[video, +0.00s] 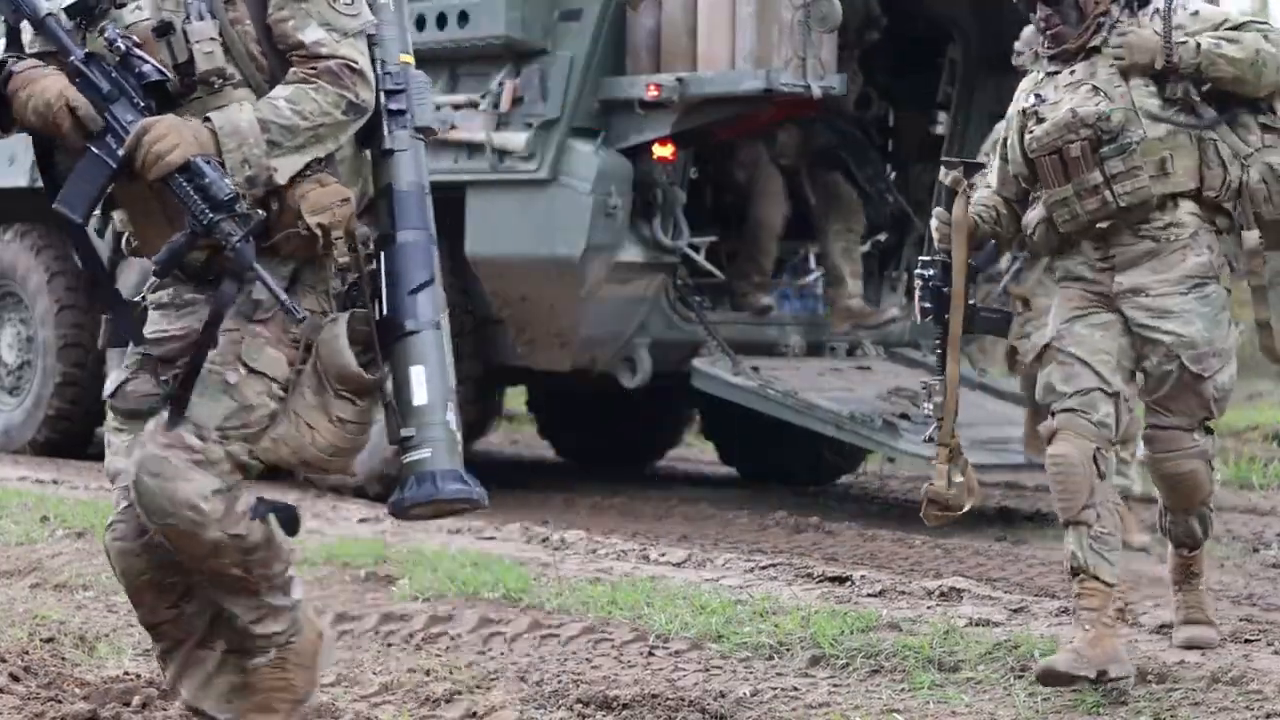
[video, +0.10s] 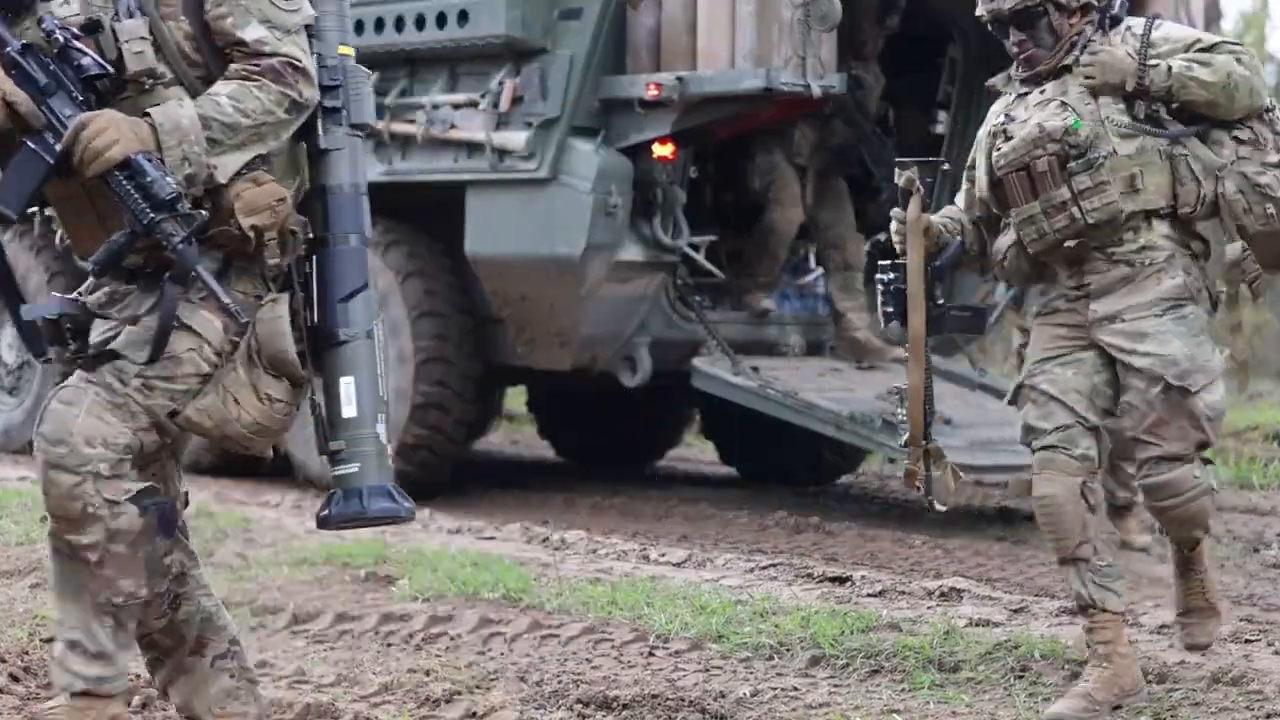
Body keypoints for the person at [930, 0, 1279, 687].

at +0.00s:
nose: (1051, 15)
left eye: (1064, 4)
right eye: (1043, 8)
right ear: (1037, 16)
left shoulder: (1167, 28)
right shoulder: (1032, 92)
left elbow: (1268, 60)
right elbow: (1000, 198)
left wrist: (1174, 51)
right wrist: (965, 210)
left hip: (1174, 263)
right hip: (1077, 277)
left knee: (1177, 453)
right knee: (1073, 451)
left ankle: (1189, 580)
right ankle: (1100, 629)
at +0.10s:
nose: (1016, 37)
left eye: (1028, 19)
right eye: (1004, 26)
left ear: (1072, 10)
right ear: (995, 31)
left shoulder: (1136, 45)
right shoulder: (1002, 115)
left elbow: (1247, 85)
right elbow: (976, 214)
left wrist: (1139, 73)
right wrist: (933, 230)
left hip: (1152, 290)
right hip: (1058, 306)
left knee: (1166, 474)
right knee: (1058, 485)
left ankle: (1192, 567)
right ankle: (1112, 658)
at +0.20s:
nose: (984, 56)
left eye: (997, 37)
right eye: (974, 46)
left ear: (1044, 25)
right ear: (967, 53)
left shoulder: (1112, 59)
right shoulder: (978, 133)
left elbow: (1223, 100)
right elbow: (950, 245)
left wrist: (1116, 87)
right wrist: (897, 247)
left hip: (1126, 302)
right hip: (1035, 319)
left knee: (1103, 488)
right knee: (1019, 503)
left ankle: (1174, 569)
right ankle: (1112, 662)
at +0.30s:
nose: (957, 59)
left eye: (967, 39)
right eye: (944, 49)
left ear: (1014, 26)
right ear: (938, 55)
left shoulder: (1078, 68)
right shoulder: (951, 132)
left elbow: (1187, 102)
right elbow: (925, 245)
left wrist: (1078, 61)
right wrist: (872, 255)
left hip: (1095, 301)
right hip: (1006, 325)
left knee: (1027, 477)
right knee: (1003, 513)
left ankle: (1109, 645)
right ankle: (1101, 664)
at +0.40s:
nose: (931, 46)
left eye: (943, 25)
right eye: (918, 36)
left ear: (990, 12)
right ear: (910, 43)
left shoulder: (1053, 64)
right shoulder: (917, 121)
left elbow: (1133, 83)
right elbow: (883, 232)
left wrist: (1052, 17)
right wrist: (837, 264)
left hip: (1058, 297)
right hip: (974, 318)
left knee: (979, 488)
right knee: (999, 498)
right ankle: (1114, 658)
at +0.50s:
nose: (891, 48)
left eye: (905, 26)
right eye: (877, 37)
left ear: (952, 15)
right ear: (868, 47)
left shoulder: (1010, 67)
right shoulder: (872, 123)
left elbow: (1072, 23)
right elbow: (831, 233)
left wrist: (1034, 23)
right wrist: (789, 266)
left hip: (1005, 312)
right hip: (917, 332)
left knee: (943, 504)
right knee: (948, 512)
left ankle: (929, 695)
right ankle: (1088, 638)